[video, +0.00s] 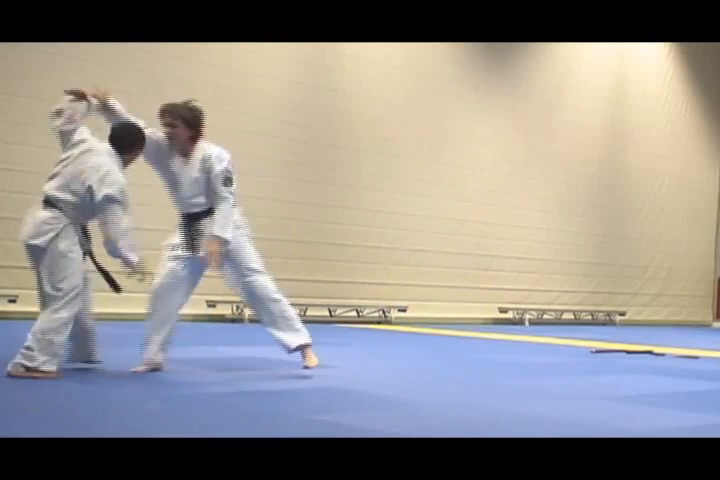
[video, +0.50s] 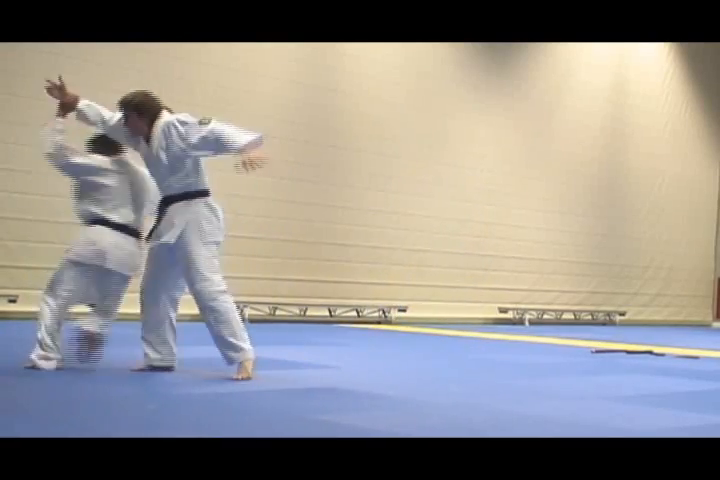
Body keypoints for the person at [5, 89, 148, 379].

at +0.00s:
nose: (140, 153)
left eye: (140, 147)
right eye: (140, 149)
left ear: (112, 138)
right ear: (135, 151)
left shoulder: (85, 143)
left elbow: (66, 123)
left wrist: (81, 99)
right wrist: (133, 261)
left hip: (40, 221)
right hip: (59, 229)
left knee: (78, 289)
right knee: (67, 295)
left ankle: (83, 351)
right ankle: (33, 361)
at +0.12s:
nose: (131, 159)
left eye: (132, 153)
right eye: (131, 153)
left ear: (104, 142)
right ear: (124, 151)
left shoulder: (73, 145)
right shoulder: (115, 179)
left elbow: (32, 127)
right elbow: (124, 224)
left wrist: (60, 108)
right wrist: (107, 234)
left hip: (40, 227)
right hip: (68, 235)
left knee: (42, 297)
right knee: (78, 305)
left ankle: (56, 356)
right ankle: (33, 362)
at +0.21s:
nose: (122, 151)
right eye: (120, 147)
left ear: (87, 143)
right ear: (114, 148)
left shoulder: (62, 154)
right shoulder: (121, 172)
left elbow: (21, 139)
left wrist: (38, 116)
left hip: (50, 232)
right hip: (83, 238)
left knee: (48, 297)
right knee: (82, 311)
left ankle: (46, 357)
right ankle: (34, 361)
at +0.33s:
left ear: (73, 149)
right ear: (103, 144)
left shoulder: (67, 164)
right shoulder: (126, 168)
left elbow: (27, 150)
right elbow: (153, 198)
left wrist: (41, 126)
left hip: (71, 240)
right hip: (105, 245)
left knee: (44, 290)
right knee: (79, 309)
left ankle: (45, 355)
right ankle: (34, 354)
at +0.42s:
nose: (75, 149)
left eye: (77, 145)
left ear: (80, 146)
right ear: (105, 143)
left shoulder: (80, 163)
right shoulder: (131, 165)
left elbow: (39, 152)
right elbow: (158, 193)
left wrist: (51, 118)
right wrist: (134, 212)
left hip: (82, 238)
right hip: (117, 245)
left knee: (50, 297)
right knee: (91, 316)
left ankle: (42, 355)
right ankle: (58, 337)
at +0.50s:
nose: (88, 154)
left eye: (91, 151)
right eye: (90, 151)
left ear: (97, 149)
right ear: (122, 149)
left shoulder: (96, 164)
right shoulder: (138, 173)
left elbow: (58, 154)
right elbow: (153, 199)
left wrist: (60, 118)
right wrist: (141, 230)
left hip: (96, 241)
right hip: (128, 250)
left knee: (56, 297)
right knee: (106, 309)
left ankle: (46, 354)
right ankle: (93, 333)